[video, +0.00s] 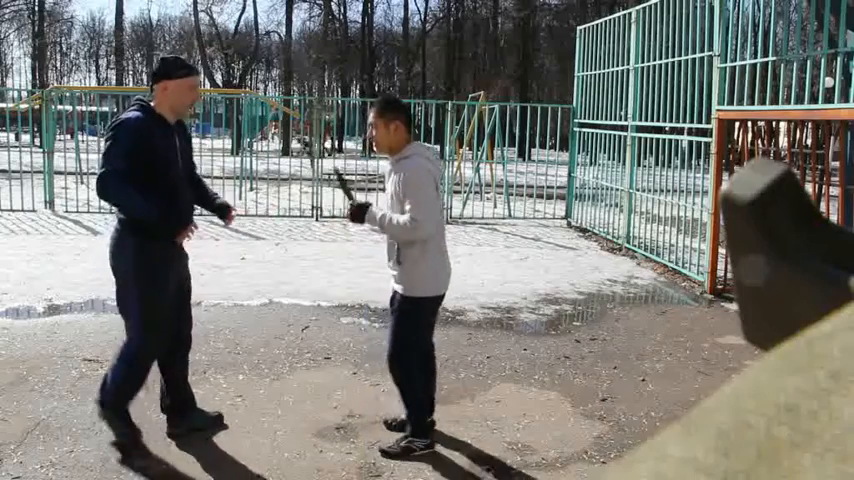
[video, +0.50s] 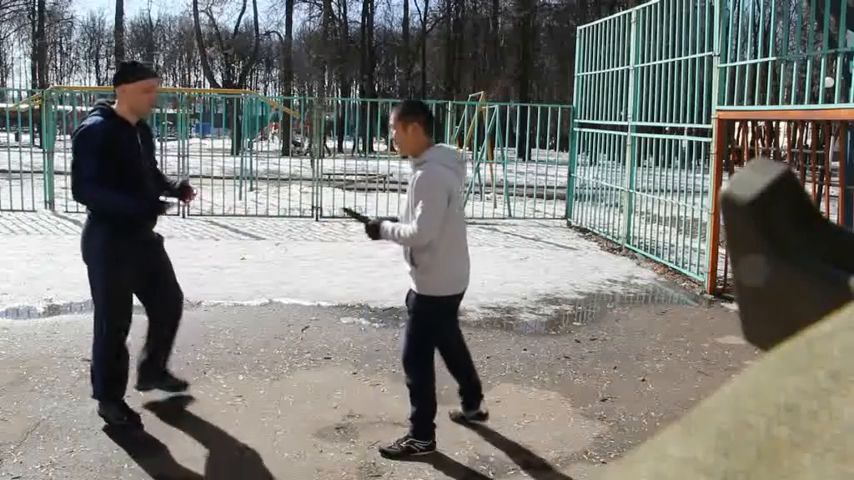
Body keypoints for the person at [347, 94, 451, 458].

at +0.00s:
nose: (371, 135)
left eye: (374, 127)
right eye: (370, 128)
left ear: (396, 127)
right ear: (395, 128)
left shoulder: (414, 167)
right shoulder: (403, 163)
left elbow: (420, 226)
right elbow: (405, 217)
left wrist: (371, 216)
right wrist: (371, 212)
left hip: (420, 284)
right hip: (414, 280)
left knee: (401, 357)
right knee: (415, 350)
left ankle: (420, 435)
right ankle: (419, 417)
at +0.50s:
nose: (392, 138)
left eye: (394, 130)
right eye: (391, 131)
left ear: (416, 129)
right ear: (416, 130)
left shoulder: (431, 173)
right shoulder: (440, 165)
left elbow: (423, 232)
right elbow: (427, 221)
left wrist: (382, 230)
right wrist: (390, 224)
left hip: (434, 284)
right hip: (449, 279)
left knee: (416, 358)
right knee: (449, 340)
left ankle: (422, 436)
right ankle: (472, 403)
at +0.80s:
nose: (407, 142)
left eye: (410, 134)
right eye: (407, 135)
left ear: (429, 134)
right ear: (433, 134)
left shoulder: (438, 174)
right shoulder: (461, 163)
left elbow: (449, 229)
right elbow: (454, 213)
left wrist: (405, 227)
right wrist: (412, 206)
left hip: (447, 280)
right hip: (473, 276)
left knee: (409, 346)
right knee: (469, 340)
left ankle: (414, 425)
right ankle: (479, 411)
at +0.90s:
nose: (408, 141)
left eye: (411, 133)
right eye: (408, 134)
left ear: (430, 132)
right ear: (435, 132)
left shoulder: (442, 171)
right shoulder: (462, 161)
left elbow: (450, 227)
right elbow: (442, 207)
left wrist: (405, 213)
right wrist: (408, 202)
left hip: (448, 279)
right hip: (473, 274)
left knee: (413, 347)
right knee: (473, 342)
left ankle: (401, 421)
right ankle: (479, 413)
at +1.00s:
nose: (406, 143)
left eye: (409, 135)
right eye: (405, 136)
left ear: (427, 134)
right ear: (431, 135)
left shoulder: (444, 173)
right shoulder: (454, 164)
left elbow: (440, 227)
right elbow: (434, 216)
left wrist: (396, 216)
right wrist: (398, 215)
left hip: (448, 279)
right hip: (469, 275)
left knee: (420, 352)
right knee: (473, 344)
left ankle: (393, 417)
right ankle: (479, 412)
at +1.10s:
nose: (400, 144)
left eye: (402, 137)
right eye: (400, 138)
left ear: (420, 135)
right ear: (425, 135)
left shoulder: (437, 174)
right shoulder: (446, 165)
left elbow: (432, 229)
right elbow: (431, 217)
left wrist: (383, 224)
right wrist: (393, 214)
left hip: (441, 281)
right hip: (460, 276)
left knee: (416, 353)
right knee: (467, 345)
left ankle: (392, 418)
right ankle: (479, 412)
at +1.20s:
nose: (389, 145)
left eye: (392, 138)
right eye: (388, 138)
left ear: (410, 136)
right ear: (412, 136)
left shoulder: (425, 176)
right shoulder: (436, 165)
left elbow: (434, 233)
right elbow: (425, 214)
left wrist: (384, 227)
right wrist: (390, 210)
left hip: (431, 281)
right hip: (451, 277)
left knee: (406, 351)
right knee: (454, 342)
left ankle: (390, 419)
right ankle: (476, 408)